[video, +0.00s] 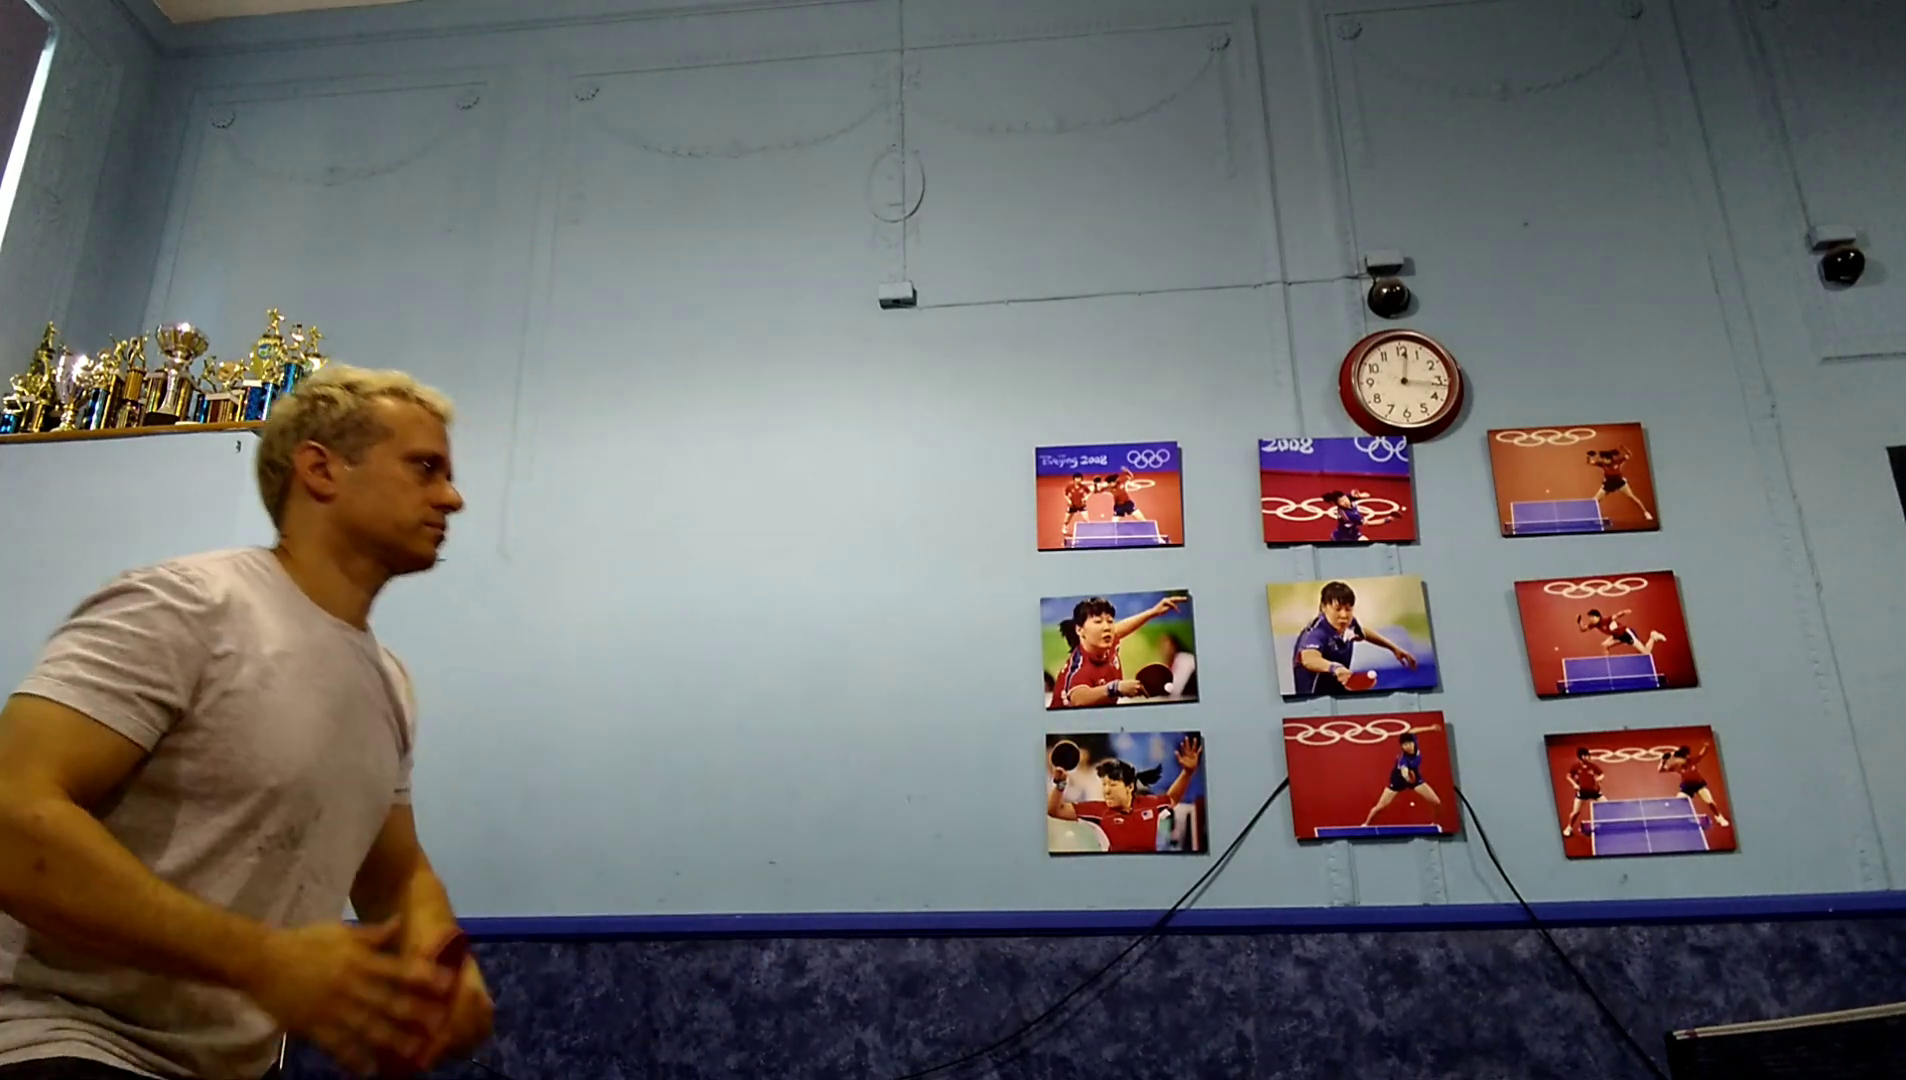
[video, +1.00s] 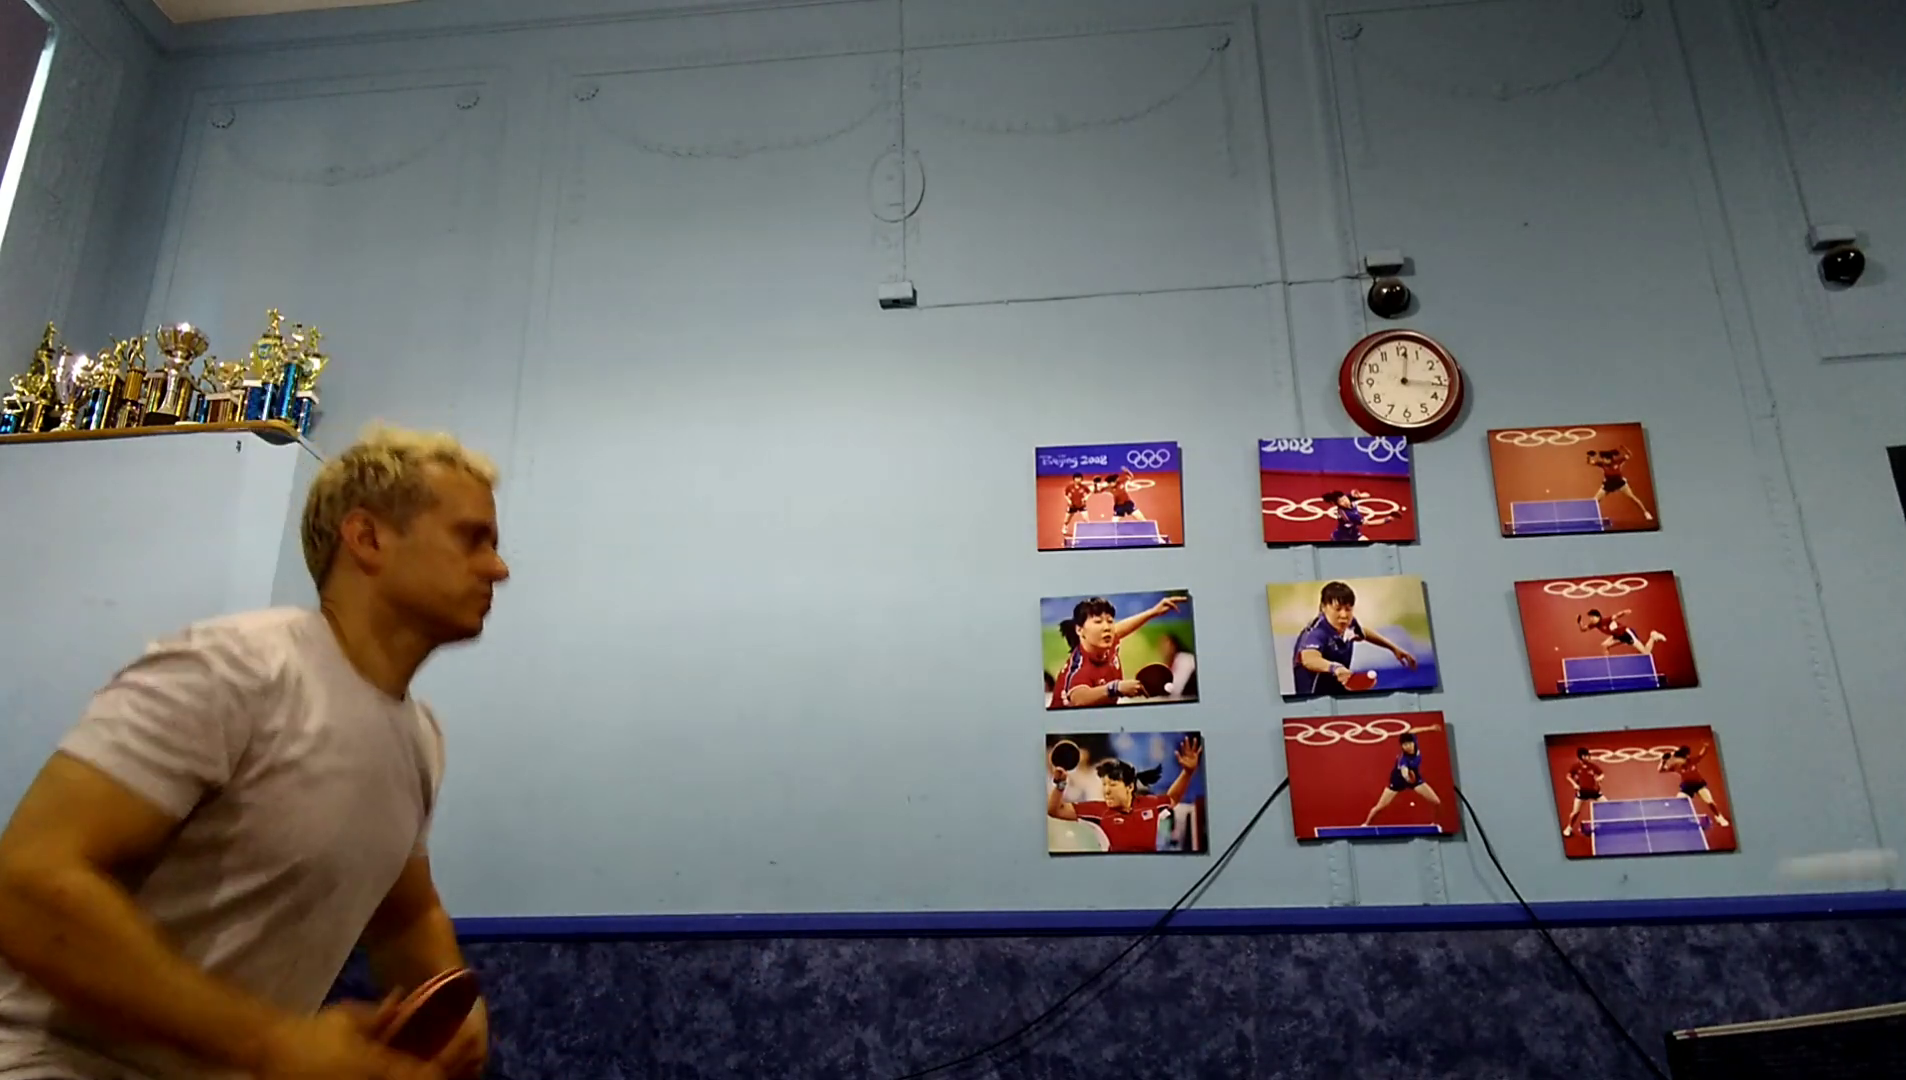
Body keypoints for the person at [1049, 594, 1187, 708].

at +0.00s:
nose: (1107, 628)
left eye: (1110, 622)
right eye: (1098, 622)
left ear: (1114, 626)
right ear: (1080, 630)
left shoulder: (1109, 644)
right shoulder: (1079, 666)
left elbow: (1119, 630)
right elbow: (1078, 698)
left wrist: (1154, 612)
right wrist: (1115, 687)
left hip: (1102, 724)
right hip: (1070, 729)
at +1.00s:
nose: (1107, 628)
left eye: (1110, 622)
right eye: (1098, 622)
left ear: (1114, 626)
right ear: (1080, 630)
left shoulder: (1109, 644)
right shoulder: (1078, 666)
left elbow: (1120, 629)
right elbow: (1078, 698)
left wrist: (1154, 611)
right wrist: (1115, 687)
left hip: (1102, 724)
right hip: (1069, 729)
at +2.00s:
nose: (1107, 628)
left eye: (1110, 622)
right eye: (1098, 622)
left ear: (1114, 626)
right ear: (1080, 630)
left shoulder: (1109, 644)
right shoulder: (1079, 666)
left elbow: (1120, 629)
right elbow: (1078, 698)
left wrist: (1154, 611)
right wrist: (1115, 687)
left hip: (1102, 724)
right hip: (1069, 729)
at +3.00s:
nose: (1107, 628)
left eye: (1110, 622)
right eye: (1098, 622)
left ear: (1114, 626)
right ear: (1080, 630)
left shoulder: (1109, 645)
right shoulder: (1079, 666)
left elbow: (1118, 630)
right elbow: (1078, 698)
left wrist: (1153, 612)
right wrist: (1115, 687)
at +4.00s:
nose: (1107, 628)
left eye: (1110, 622)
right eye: (1098, 622)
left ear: (1114, 626)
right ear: (1080, 630)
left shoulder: (1109, 645)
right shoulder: (1079, 666)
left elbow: (1118, 630)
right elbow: (1078, 698)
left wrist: (1154, 612)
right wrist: (1115, 687)